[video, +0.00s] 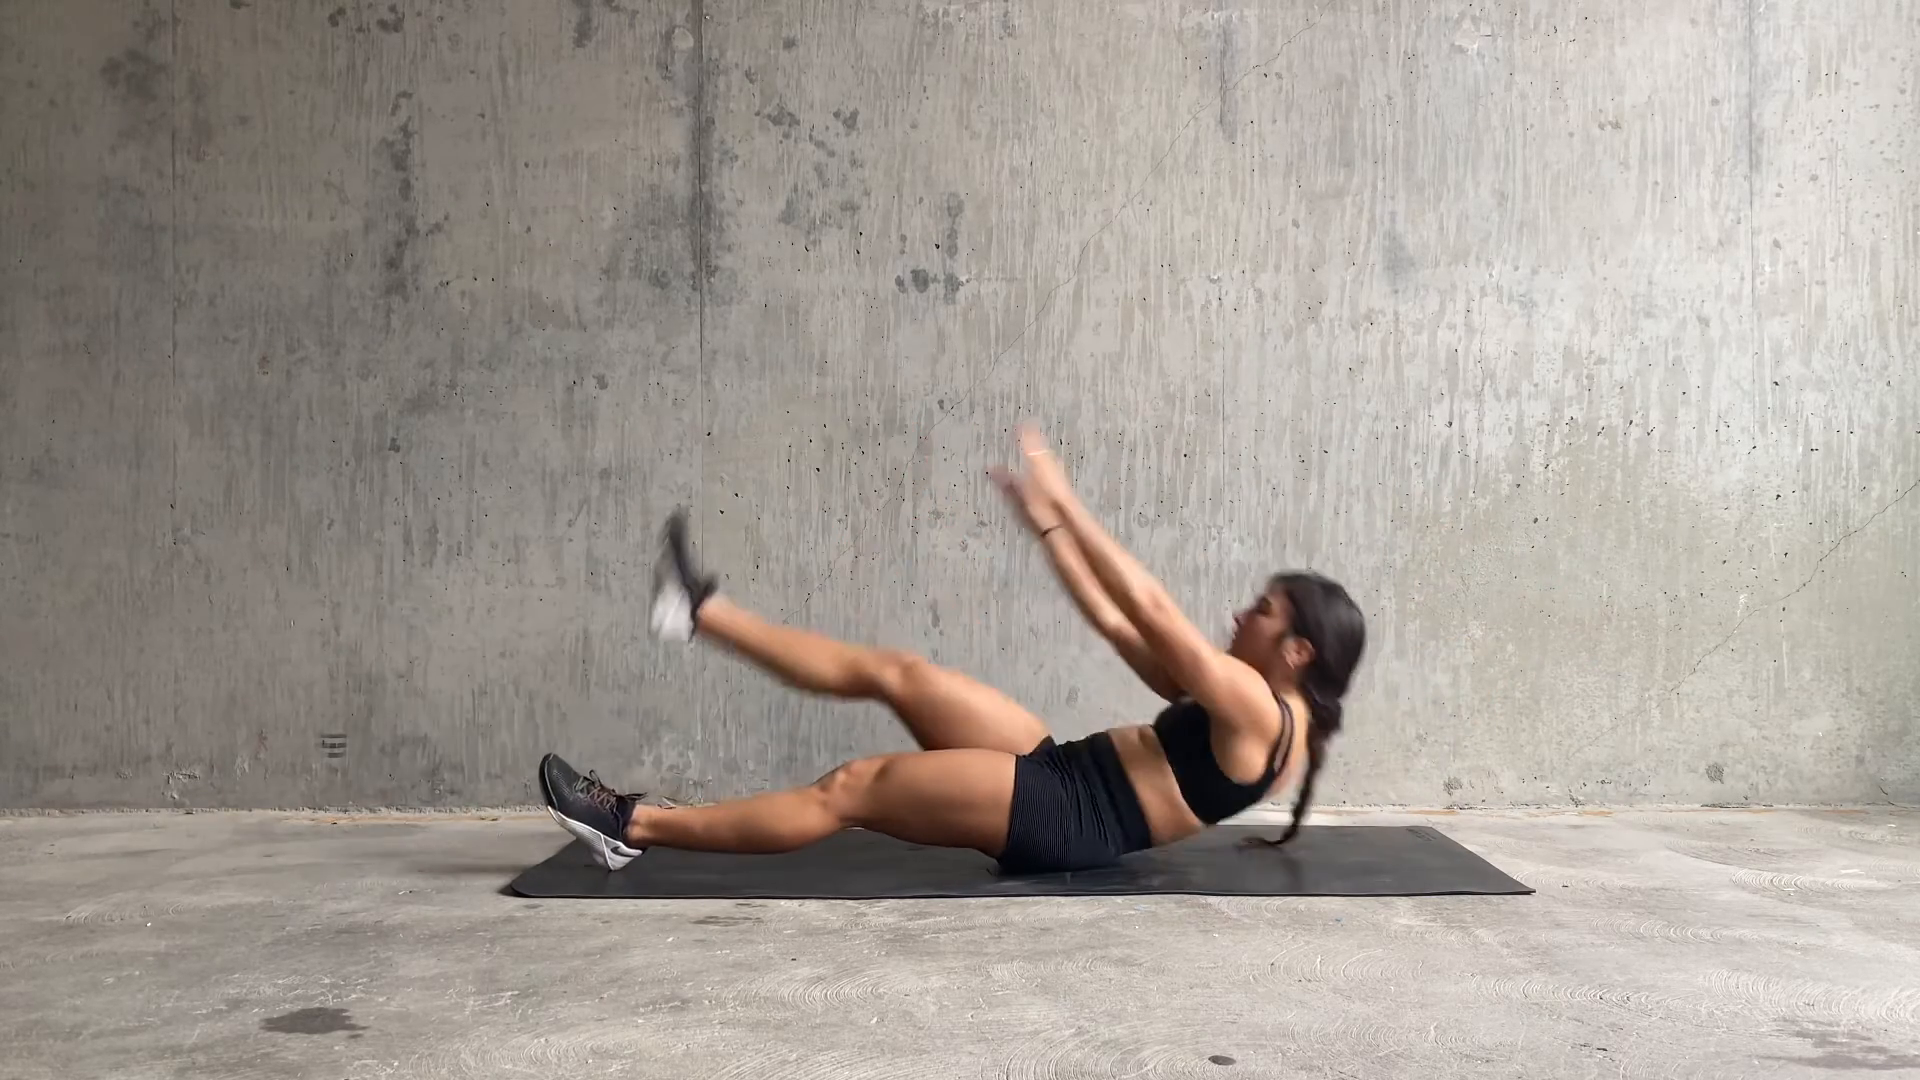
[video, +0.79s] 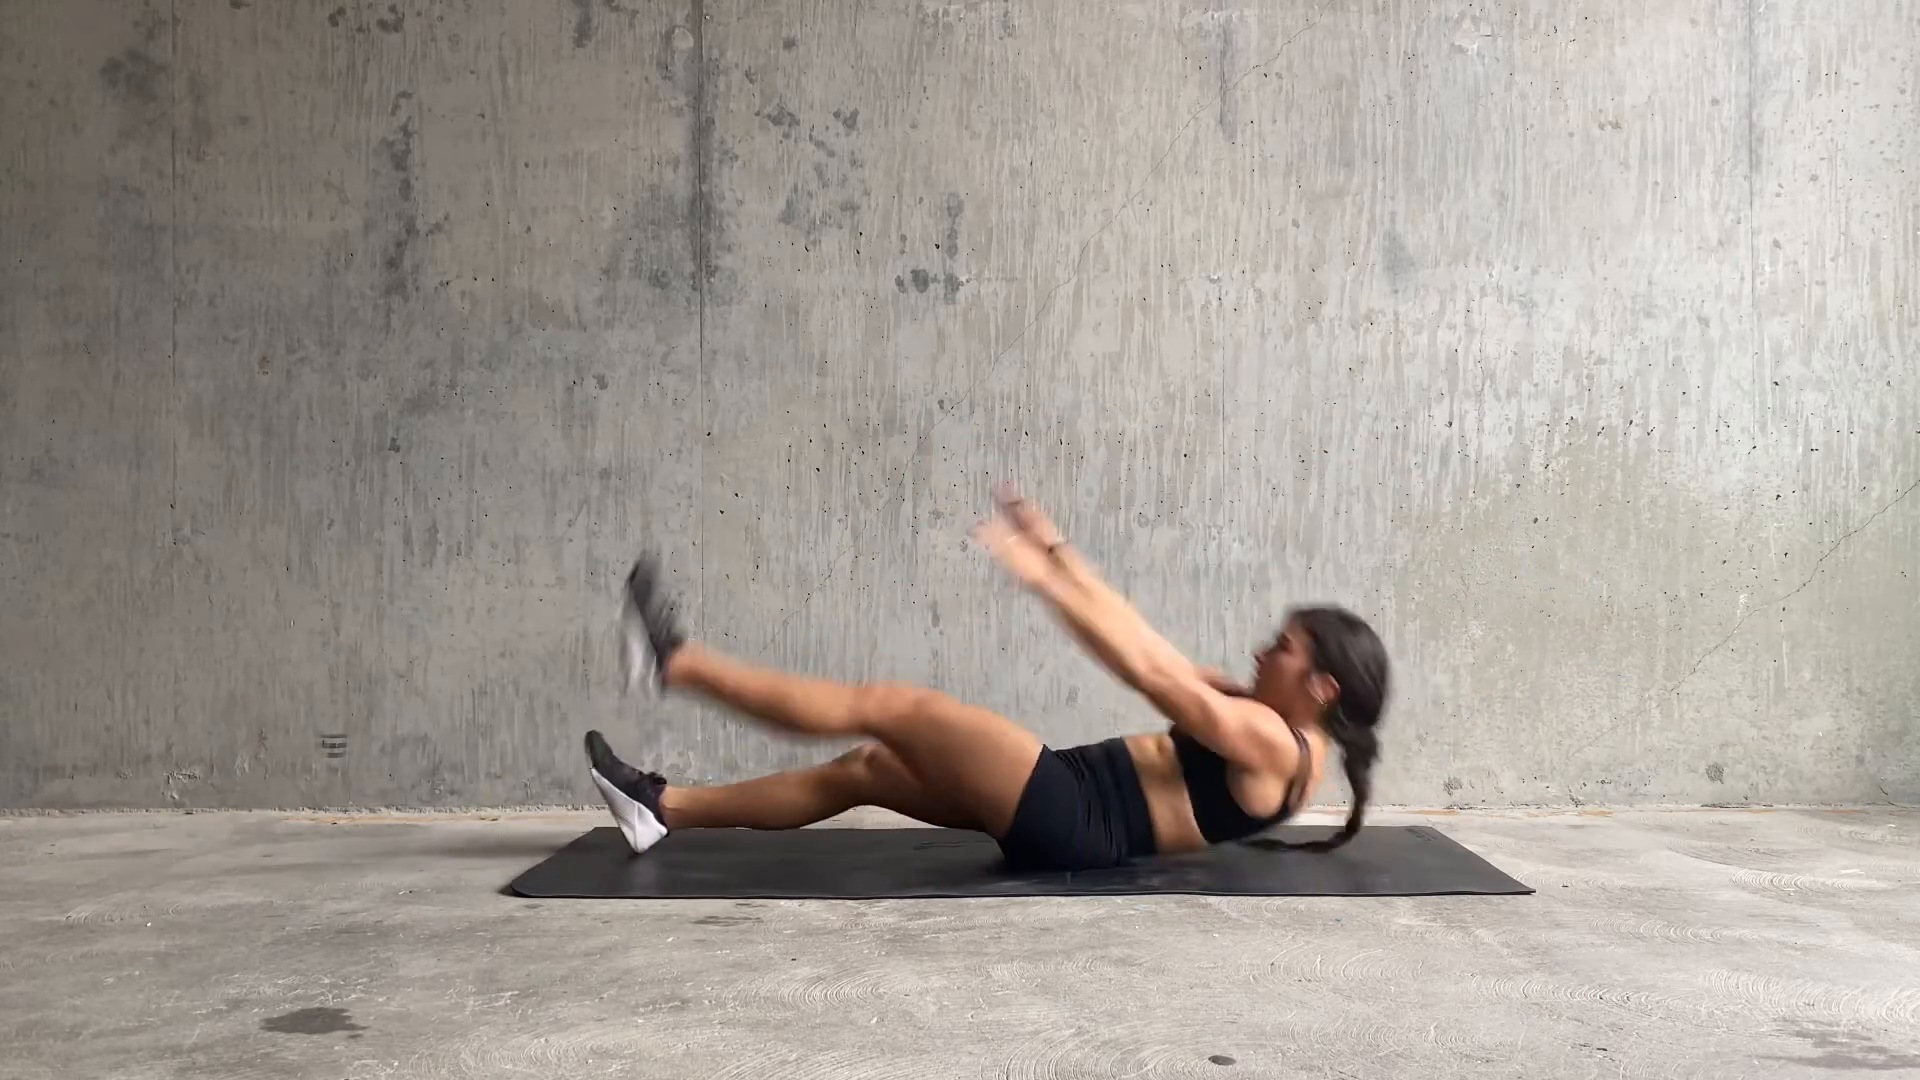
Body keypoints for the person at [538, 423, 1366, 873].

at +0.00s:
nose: (1243, 620)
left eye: (1263, 619)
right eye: (1255, 610)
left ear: (1298, 654)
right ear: (1290, 647)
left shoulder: (1258, 706)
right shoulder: (1242, 697)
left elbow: (1151, 615)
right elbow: (1119, 627)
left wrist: (1067, 504)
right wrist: (1041, 529)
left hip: (1068, 812)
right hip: (1066, 773)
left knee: (852, 790)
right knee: (893, 674)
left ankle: (635, 827)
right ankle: (701, 610)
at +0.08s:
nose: (1267, 650)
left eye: (1288, 650)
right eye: (1279, 637)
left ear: (1320, 691)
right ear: (1310, 685)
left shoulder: (1282, 743)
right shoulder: (1263, 726)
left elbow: (1203, 624)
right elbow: (1179, 628)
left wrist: (1159, 505)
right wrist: (1146, 508)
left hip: (1073, 814)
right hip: (1066, 768)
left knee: (857, 791)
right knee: (876, 709)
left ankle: (635, 827)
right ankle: (679, 679)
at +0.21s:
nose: (1314, 683)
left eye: (1331, 686)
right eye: (1323, 682)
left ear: (1347, 731)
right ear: (1322, 715)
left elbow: (1315, 652)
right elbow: (1258, 634)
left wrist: (1332, 527)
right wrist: (1294, 525)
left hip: (1072, 812)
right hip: (1067, 774)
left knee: (862, 786)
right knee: (871, 737)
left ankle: (640, 824)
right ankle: (668, 750)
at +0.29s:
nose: (1326, 695)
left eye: (1349, 699)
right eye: (1334, 685)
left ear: (1367, 739)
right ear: (1334, 710)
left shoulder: (1319, 809)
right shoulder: (1293, 769)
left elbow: (1377, 680)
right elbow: (1322, 657)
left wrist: (1434, 567)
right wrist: (1389, 564)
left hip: (1082, 814)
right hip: (1072, 771)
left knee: (867, 787)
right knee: (868, 748)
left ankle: (650, 829)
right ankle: (669, 775)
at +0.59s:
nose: (1328, 697)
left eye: (1350, 697)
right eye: (1335, 684)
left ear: (1371, 735)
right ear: (1337, 709)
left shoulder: (1326, 813)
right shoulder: (1306, 779)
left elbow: (1391, 682)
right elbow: (1345, 666)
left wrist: (1453, 570)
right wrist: (1417, 584)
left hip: (1089, 808)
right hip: (1090, 781)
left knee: (876, 781)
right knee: (882, 771)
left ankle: (663, 817)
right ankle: (678, 807)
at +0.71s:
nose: (1296, 696)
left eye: (1315, 691)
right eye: (1308, 684)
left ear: (1354, 729)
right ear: (1347, 726)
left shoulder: (1307, 778)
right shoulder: (1305, 778)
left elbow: (1220, 654)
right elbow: (1228, 654)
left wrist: (1185, 535)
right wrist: (1192, 554)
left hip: (1085, 812)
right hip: (1085, 800)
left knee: (887, 753)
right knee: (876, 782)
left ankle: (667, 770)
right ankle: (672, 803)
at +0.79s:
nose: (1262, 659)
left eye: (1282, 656)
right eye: (1274, 647)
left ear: (1320, 692)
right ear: (1314, 686)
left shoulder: (1270, 745)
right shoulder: (1265, 730)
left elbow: (1145, 667)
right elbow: (1151, 657)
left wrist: (1041, 573)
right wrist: (1067, 558)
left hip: (1077, 812)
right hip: (1071, 808)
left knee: (891, 708)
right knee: (863, 772)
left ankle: (679, 663)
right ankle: (664, 811)